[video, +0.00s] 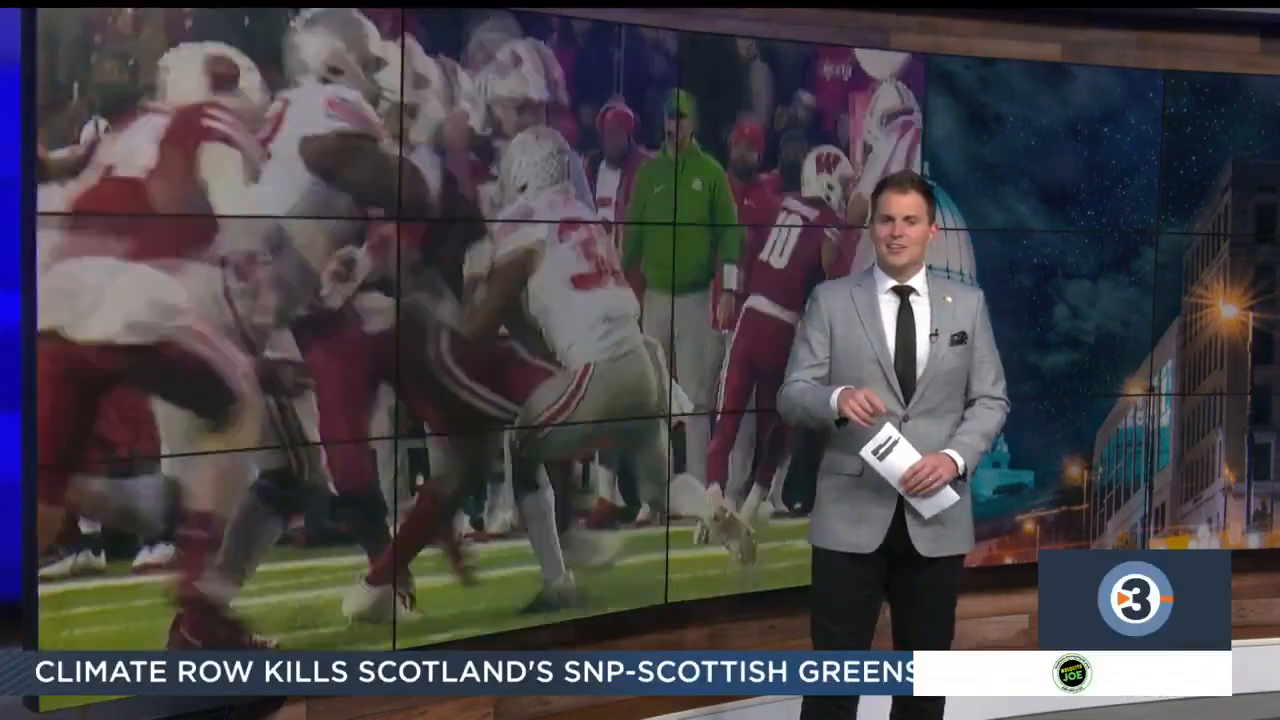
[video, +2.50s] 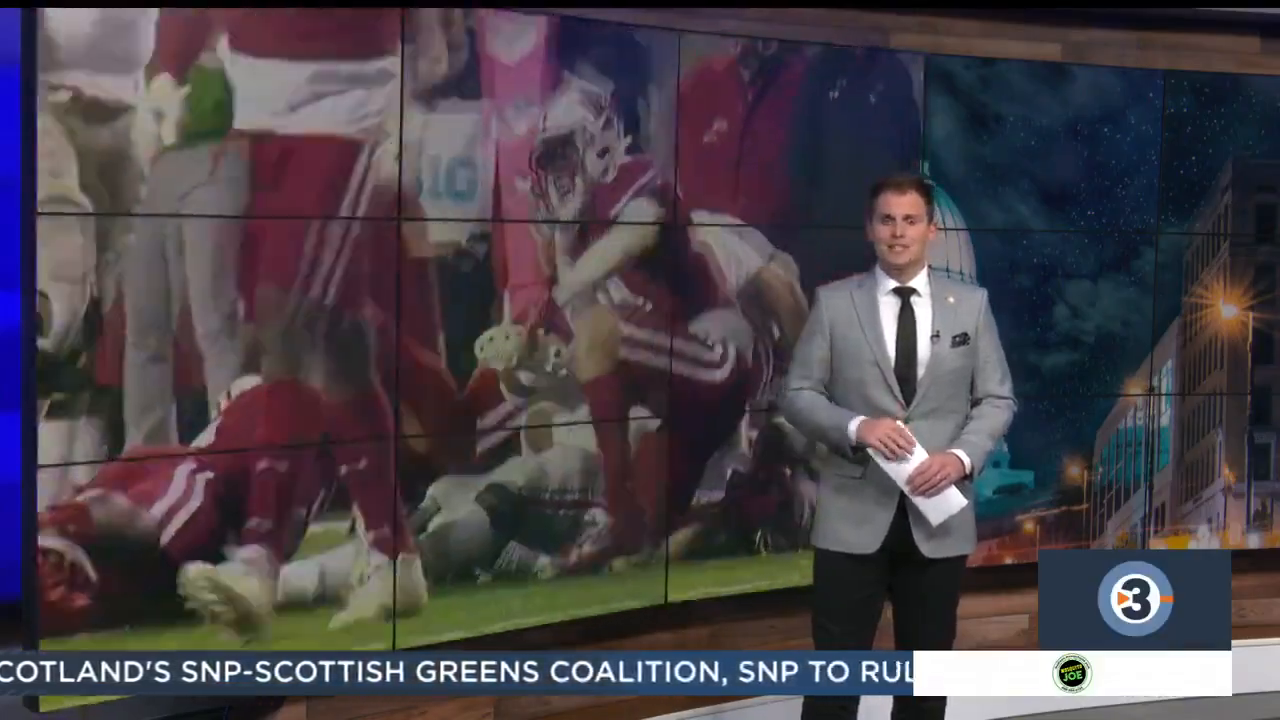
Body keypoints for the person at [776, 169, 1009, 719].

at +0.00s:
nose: (895, 231)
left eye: (909, 220)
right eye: (885, 220)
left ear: (932, 230)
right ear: (871, 228)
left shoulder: (966, 302)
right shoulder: (830, 300)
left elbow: (990, 400)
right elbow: (793, 394)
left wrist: (954, 457)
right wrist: (835, 399)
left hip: (935, 515)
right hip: (849, 513)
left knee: (927, 675)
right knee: (834, 672)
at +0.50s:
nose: (897, 232)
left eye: (911, 220)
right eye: (887, 220)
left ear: (934, 230)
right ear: (874, 229)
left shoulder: (970, 303)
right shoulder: (835, 301)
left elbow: (993, 401)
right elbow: (799, 397)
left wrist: (958, 456)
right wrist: (845, 400)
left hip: (938, 515)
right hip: (853, 512)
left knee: (927, 674)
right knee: (835, 672)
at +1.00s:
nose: (906, 233)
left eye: (919, 221)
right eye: (895, 220)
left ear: (937, 230)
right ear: (877, 228)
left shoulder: (972, 305)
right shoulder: (839, 301)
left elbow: (995, 402)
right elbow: (799, 378)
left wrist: (963, 457)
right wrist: (789, 398)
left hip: (938, 514)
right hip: (852, 512)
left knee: (928, 673)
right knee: (836, 671)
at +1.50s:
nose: (901, 233)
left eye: (914, 220)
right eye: (890, 221)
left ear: (935, 229)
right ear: (875, 230)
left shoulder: (972, 304)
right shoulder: (837, 300)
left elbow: (997, 401)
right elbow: (796, 381)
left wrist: (960, 457)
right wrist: (798, 400)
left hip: (937, 515)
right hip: (853, 513)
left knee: (928, 674)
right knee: (835, 671)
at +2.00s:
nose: (897, 231)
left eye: (911, 220)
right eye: (887, 220)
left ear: (932, 230)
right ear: (873, 229)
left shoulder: (970, 303)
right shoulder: (835, 301)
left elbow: (994, 401)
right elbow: (792, 407)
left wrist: (960, 457)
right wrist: (798, 394)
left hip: (937, 514)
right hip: (852, 512)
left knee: (929, 673)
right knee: (835, 671)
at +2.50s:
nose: (898, 232)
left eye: (910, 221)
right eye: (886, 220)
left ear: (931, 230)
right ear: (870, 230)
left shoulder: (970, 303)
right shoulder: (833, 302)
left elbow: (996, 400)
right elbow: (796, 393)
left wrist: (962, 456)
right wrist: (856, 427)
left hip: (937, 517)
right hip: (852, 515)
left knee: (928, 674)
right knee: (835, 672)